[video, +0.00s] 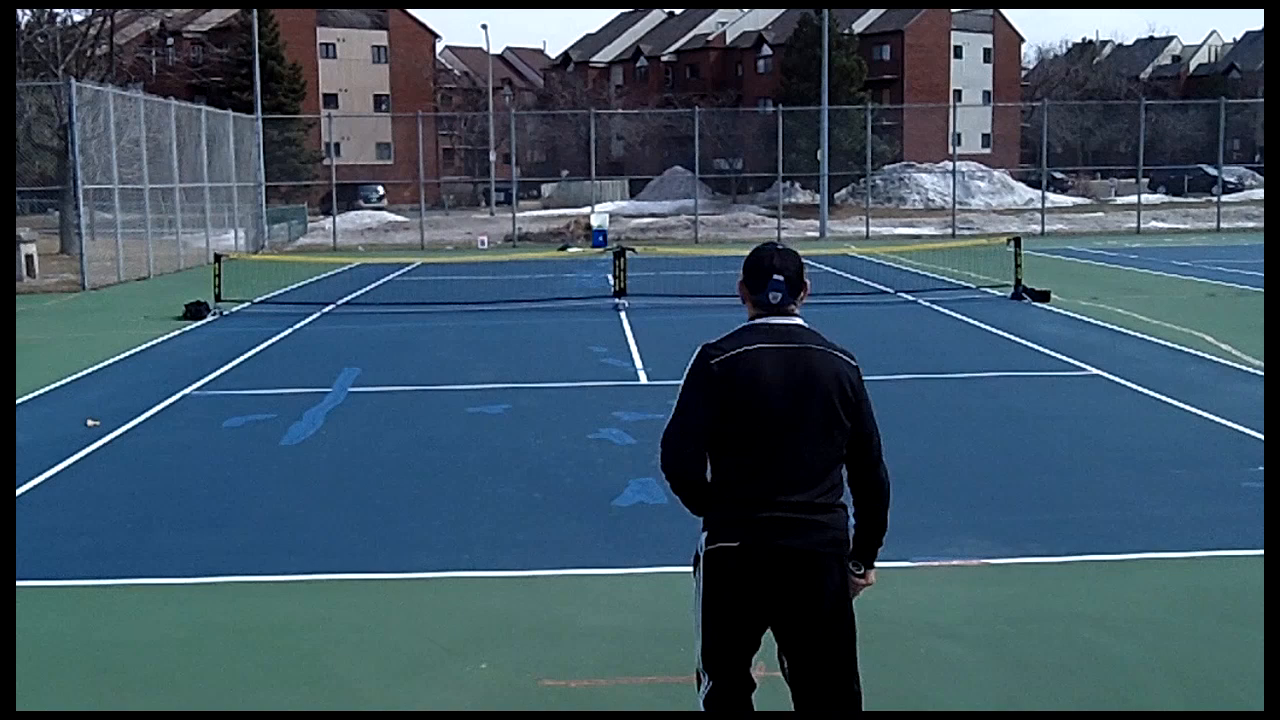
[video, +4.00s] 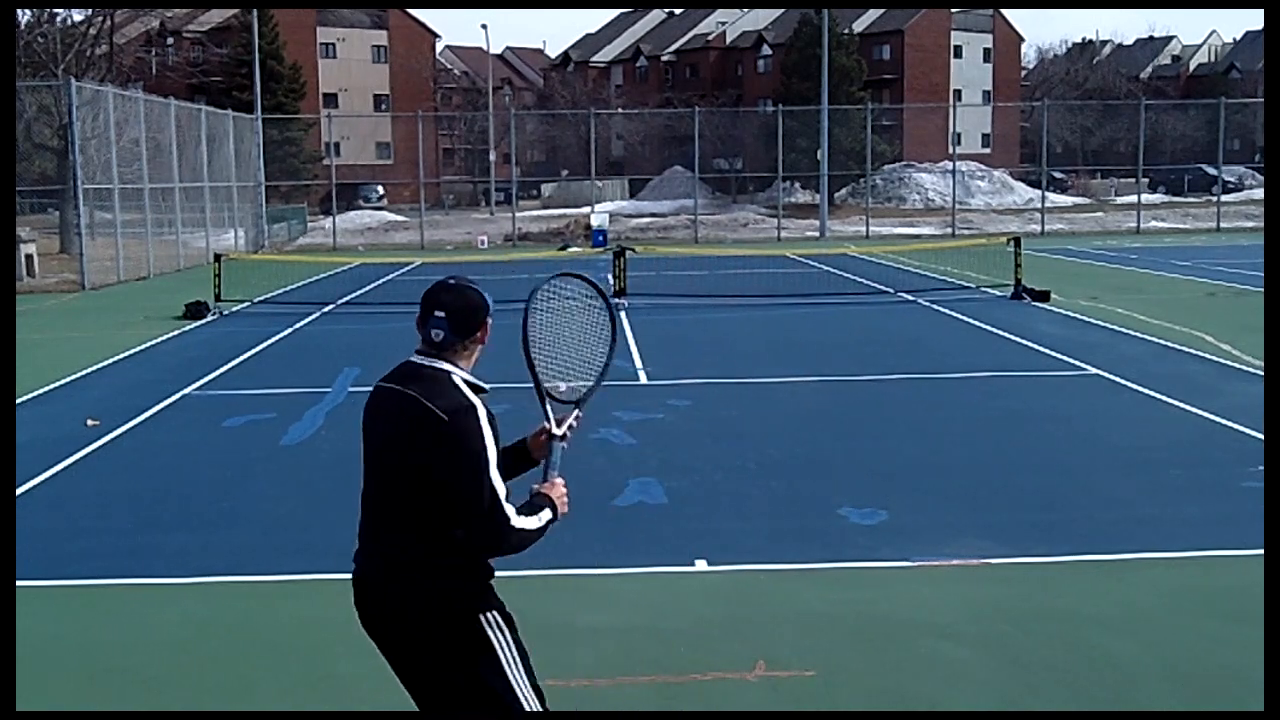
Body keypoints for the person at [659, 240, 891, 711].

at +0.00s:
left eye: (744, 288)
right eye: (800, 287)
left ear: (742, 292)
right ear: (804, 293)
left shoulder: (715, 359)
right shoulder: (839, 364)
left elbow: (677, 457)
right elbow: (871, 475)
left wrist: (715, 510)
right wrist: (863, 556)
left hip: (735, 557)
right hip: (818, 557)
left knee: (724, 682)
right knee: (829, 691)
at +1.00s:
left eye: (666, 289)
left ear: (662, 294)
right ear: (725, 292)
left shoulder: (632, 362)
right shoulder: (761, 365)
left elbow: (586, 454)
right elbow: (800, 473)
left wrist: (637, 491)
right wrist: (789, 548)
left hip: (653, 566)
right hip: (739, 565)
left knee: (616, 700)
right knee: (772, 701)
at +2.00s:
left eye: (529, 289)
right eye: (586, 287)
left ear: (525, 294)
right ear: (586, 294)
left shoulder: (490, 364)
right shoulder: (622, 365)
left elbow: (448, 472)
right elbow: (656, 470)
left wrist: (503, 454)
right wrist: (593, 484)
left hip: (511, 558)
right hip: (599, 556)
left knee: (480, 691)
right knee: (615, 689)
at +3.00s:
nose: (517, 284)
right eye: (517, 279)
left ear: (453, 288)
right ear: (515, 286)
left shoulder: (411, 358)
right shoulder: (549, 359)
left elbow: (380, 469)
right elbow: (590, 466)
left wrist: (436, 474)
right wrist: (536, 497)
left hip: (430, 558)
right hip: (518, 559)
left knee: (427, 699)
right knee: (547, 697)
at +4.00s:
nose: (488, 334)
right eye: (488, 326)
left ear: (420, 327)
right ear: (482, 335)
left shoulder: (387, 392)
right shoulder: (461, 408)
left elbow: (447, 481)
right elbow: (492, 533)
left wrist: (527, 452)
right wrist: (546, 507)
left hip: (383, 590)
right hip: (451, 595)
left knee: (446, 705)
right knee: (521, 705)